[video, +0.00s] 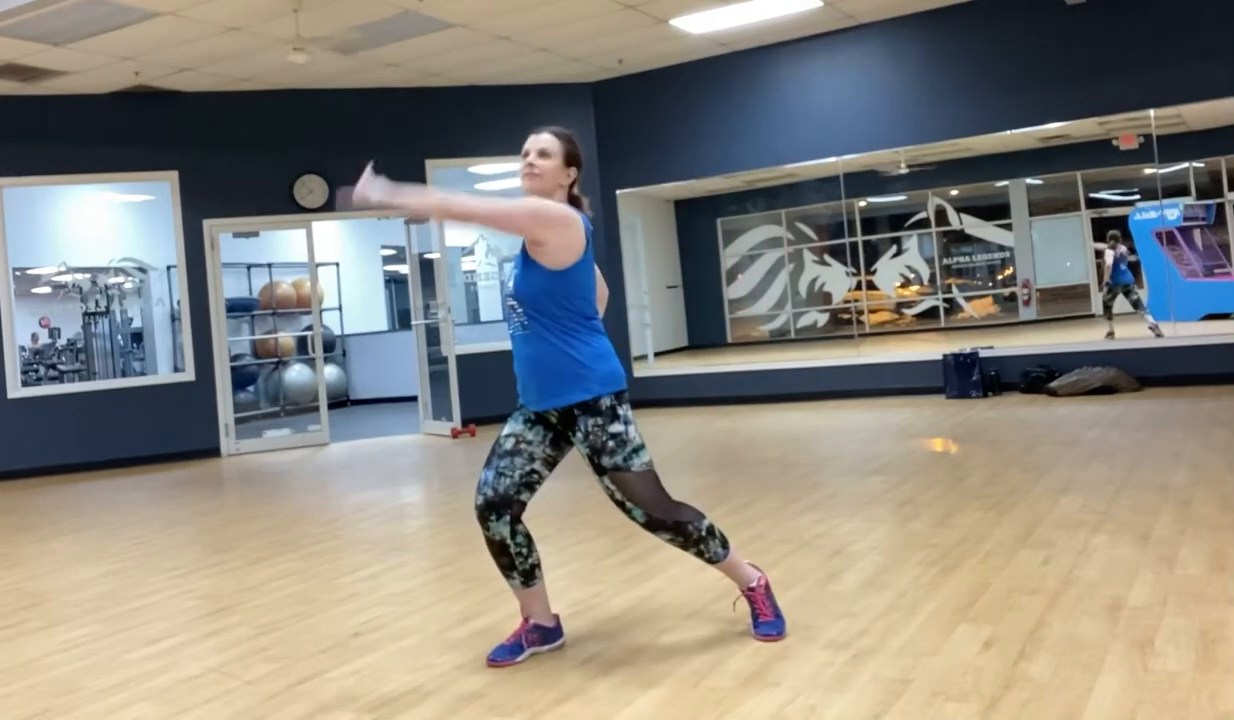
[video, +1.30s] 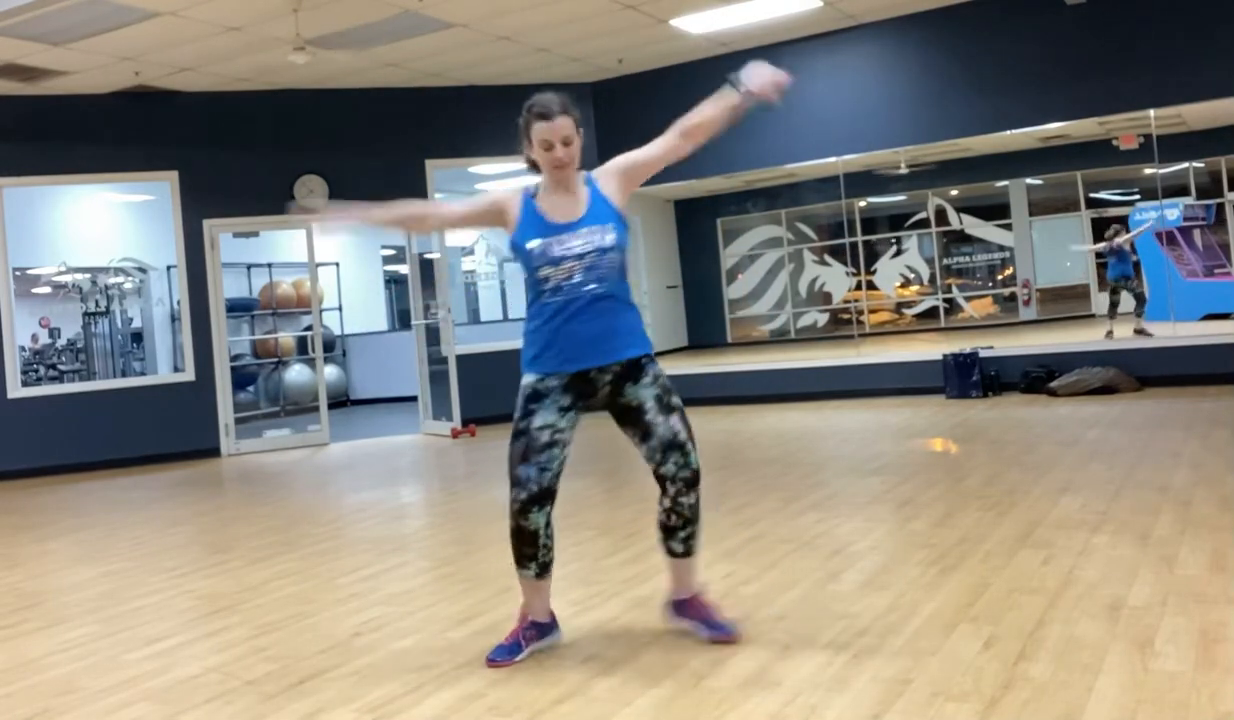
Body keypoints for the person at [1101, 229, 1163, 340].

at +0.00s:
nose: (1108, 241)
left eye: (1109, 240)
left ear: (1109, 240)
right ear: (1119, 239)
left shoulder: (1109, 250)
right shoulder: (1123, 249)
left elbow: (1108, 264)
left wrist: (1106, 279)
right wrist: (1092, 245)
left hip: (1115, 280)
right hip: (1128, 279)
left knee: (1107, 303)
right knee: (1138, 304)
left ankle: (1110, 330)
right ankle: (1152, 323)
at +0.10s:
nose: (1107, 243)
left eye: (1109, 241)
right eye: (1108, 241)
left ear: (1111, 241)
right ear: (1118, 241)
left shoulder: (1109, 251)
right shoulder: (1123, 248)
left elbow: (1109, 264)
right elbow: (1104, 238)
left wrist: (1105, 280)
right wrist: (1090, 232)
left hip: (1115, 280)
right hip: (1128, 279)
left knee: (1107, 303)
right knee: (1138, 304)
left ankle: (1111, 330)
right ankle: (1152, 323)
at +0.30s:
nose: (1107, 243)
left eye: (1107, 240)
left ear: (1107, 241)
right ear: (1117, 238)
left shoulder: (1108, 251)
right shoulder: (1123, 246)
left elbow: (1107, 264)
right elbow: (1115, 232)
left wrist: (1105, 280)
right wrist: (1104, 221)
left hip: (1114, 280)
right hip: (1127, 278)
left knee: (1108, 304)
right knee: (1137, 303)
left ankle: (1111, 330)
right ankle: (1152, 324)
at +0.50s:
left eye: (1107, 240)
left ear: (1107, 241)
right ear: (1118, 239)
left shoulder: (1106, 251)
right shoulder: (1124, 247)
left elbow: (1103, 265)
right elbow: (1123, 231)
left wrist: (1103, 281)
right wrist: (1118, 216)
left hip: (1113, 281)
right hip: (1127, 279)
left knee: (1108, 306)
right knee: (1138, 303)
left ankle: (1110, 330)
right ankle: (1152, 323)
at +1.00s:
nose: (1118, 239)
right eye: (1117, 237)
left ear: (1105, 241)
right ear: (1117, 239)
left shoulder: (1104, 252)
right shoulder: (1124, 247)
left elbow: (1093, 265)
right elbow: (1133, 234)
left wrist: (1098, 280)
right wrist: (1138, 221)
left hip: (1113, 281)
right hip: (1128, 279)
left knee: (1110, 306)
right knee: (1139, 301)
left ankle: (1111, 330)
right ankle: (1151, 324)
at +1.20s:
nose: (1121, 236)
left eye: (1120, 234)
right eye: (1119, 235)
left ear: (1107, 237)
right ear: (1117, 236)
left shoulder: (1102, 249)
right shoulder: (1122, 245)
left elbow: (1085, 257)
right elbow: (1136, 233)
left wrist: (1084, 267)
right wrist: (1145, 220)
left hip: (1111, 279)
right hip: (1127, 277)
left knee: (1111, 305)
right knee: (1139, 299)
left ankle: (1111, 330)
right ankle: (1149, 325)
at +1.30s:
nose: (1125, 235)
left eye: (1125, 233)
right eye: (1124, 233)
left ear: (1112, 234)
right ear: (1120, 233)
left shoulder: (1106, 245)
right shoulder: (1123, 241)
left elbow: (1093, 248)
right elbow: (1137, 233)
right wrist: (1148, 226)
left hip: (1113, 278)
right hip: (1126, 276)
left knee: (1113, 304)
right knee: (1141, 299)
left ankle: (1110, 329)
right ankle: (1138, 326)